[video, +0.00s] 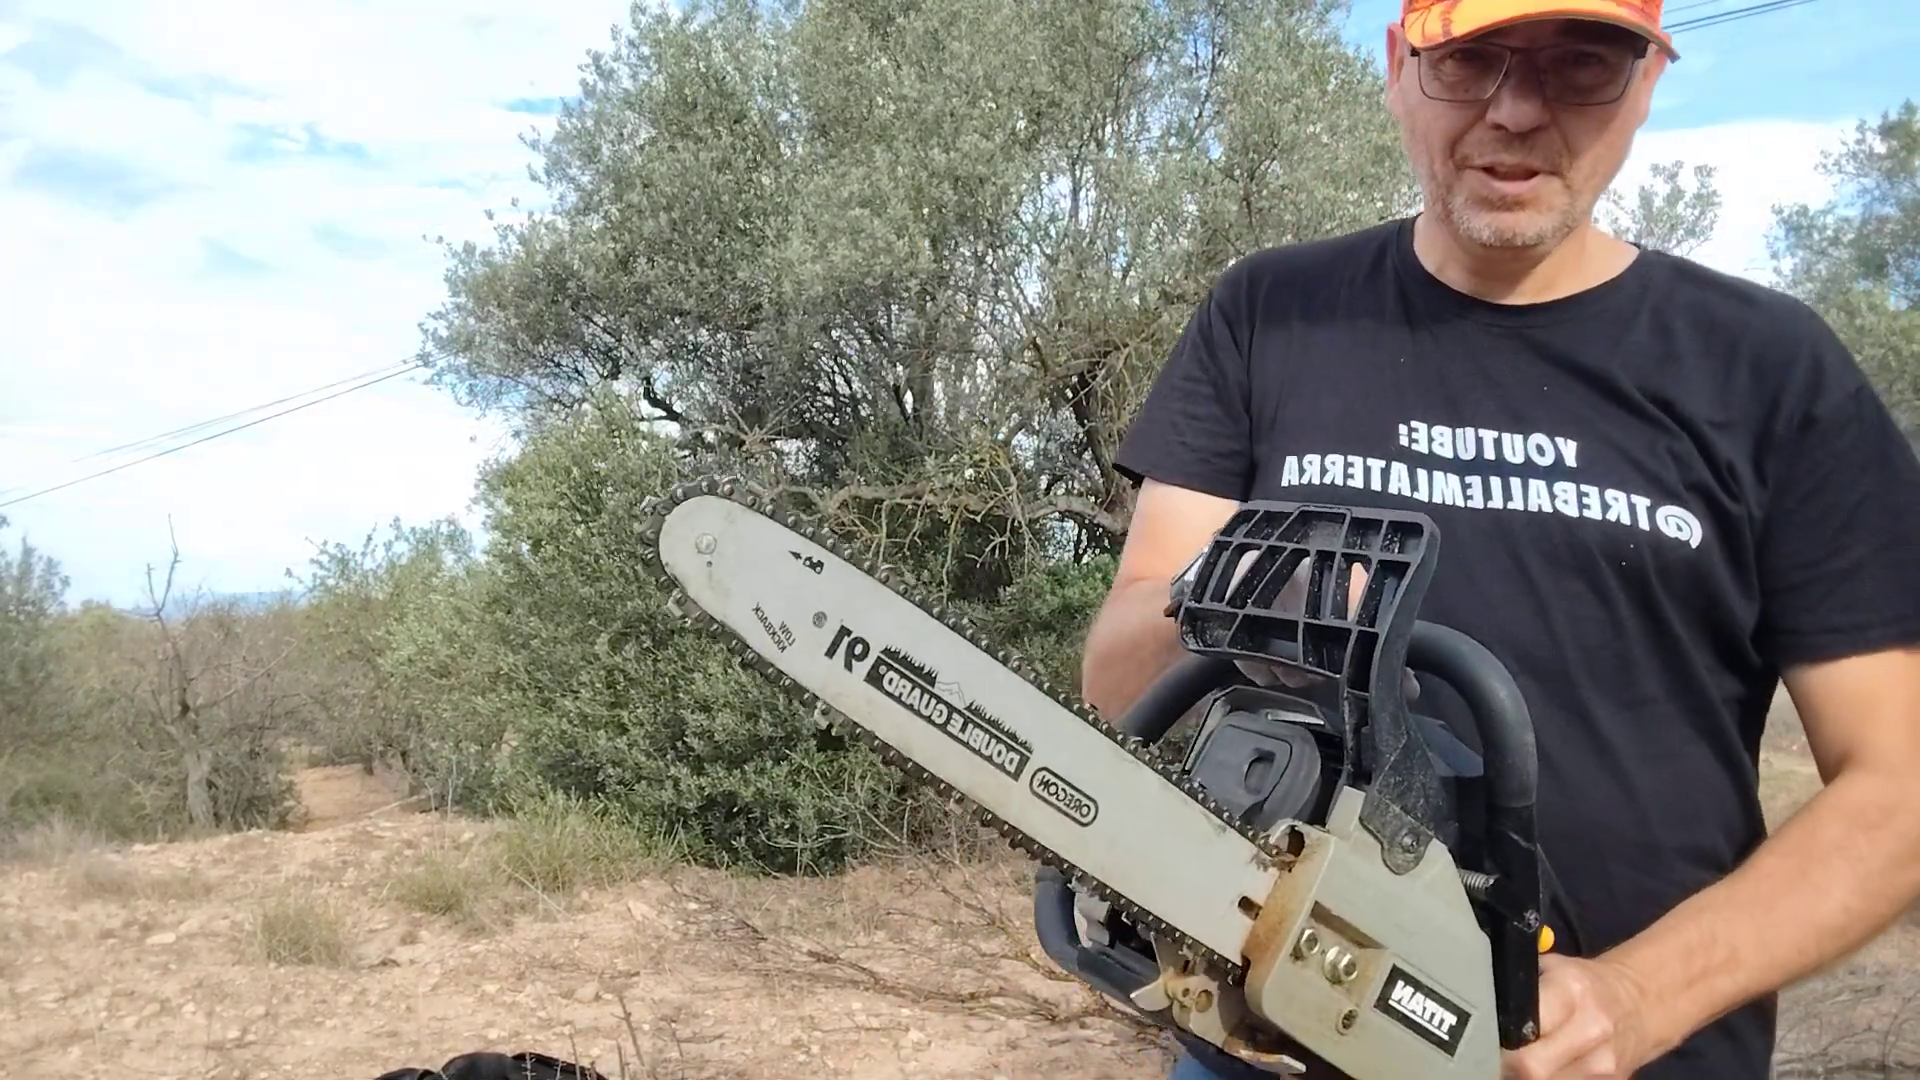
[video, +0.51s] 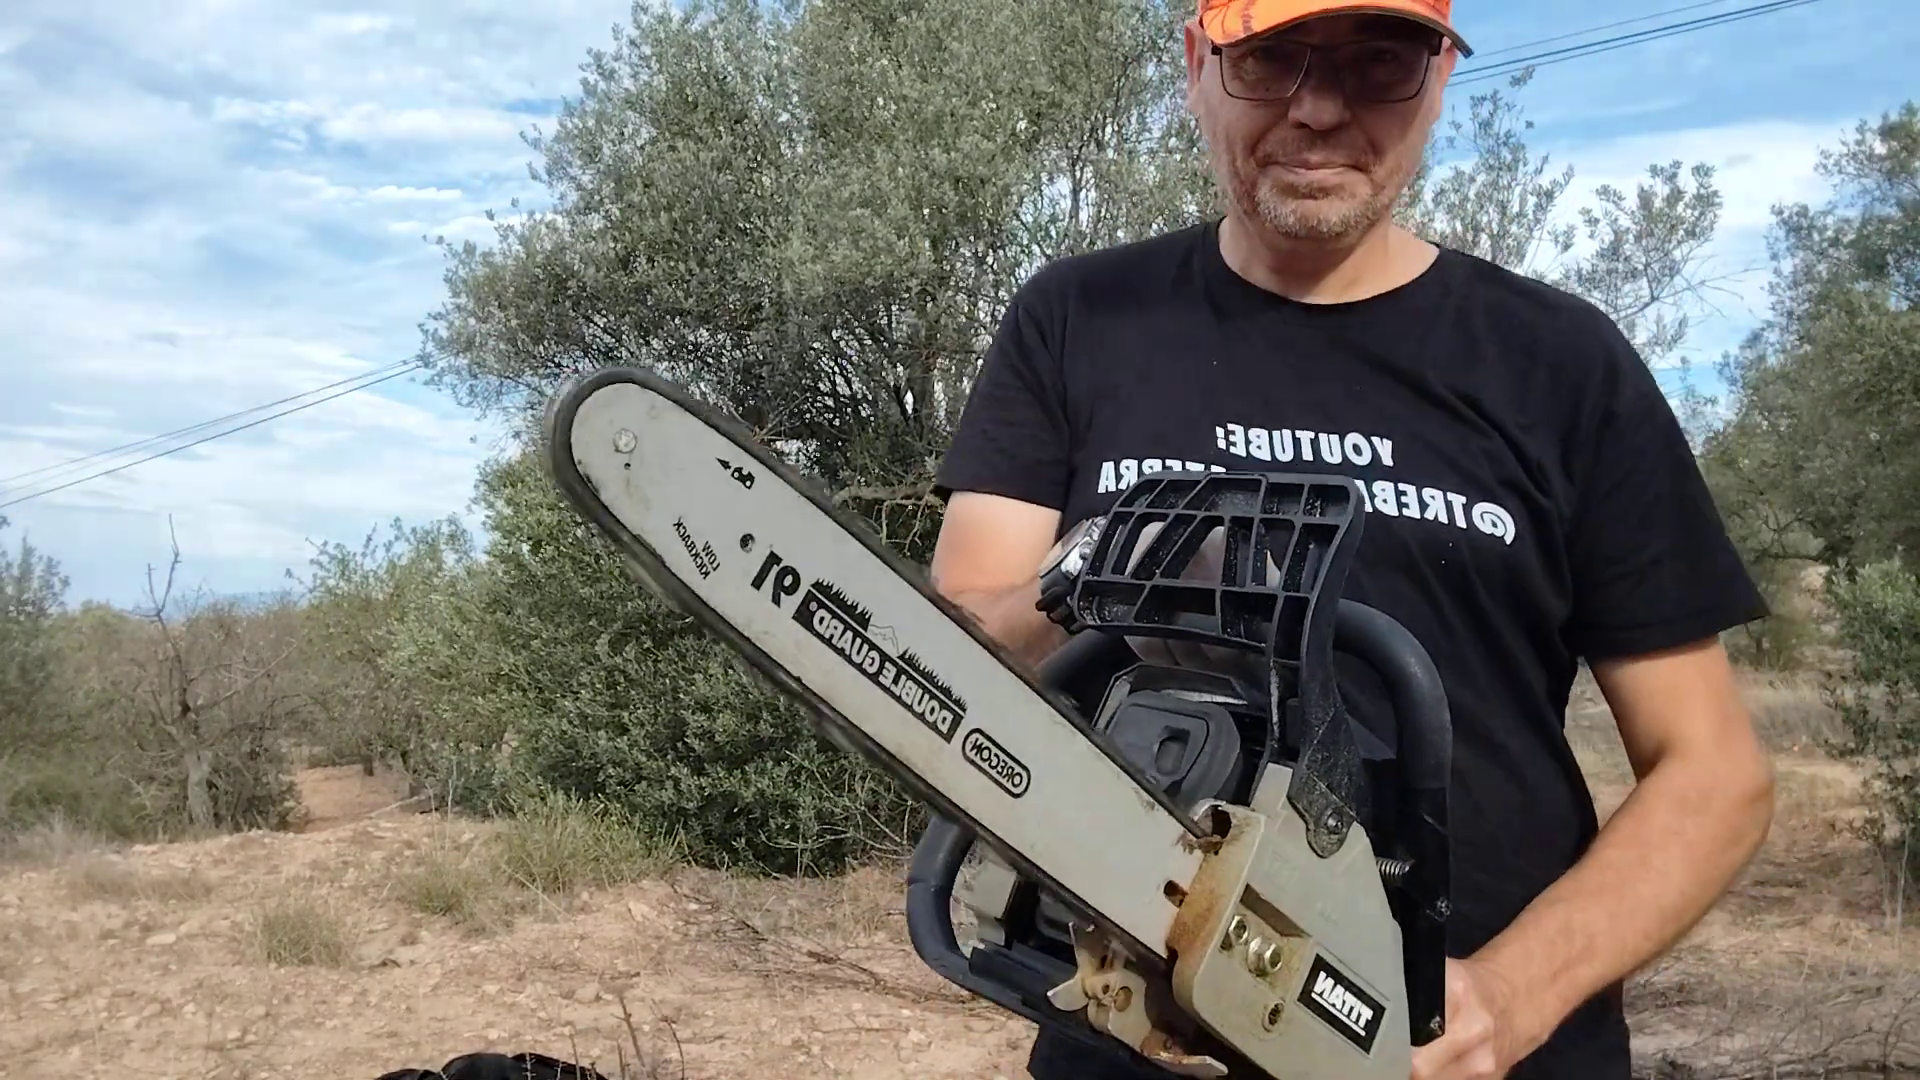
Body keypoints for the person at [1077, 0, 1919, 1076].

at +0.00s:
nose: (1517, 112)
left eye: (1578, 62)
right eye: (1471, 60)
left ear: (1649, 80)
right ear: (1399, 70)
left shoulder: (1772, 368)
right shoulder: (1262, 317)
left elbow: (1896, 785)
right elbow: (1113, 682)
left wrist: (1634, 998)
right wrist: (1255, 592)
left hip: (1644, 1051)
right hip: (1275, 1030)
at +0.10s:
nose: (1487, 107)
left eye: (1549, 60)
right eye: (1442, 54)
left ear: (1617, 76)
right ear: (1367, 64)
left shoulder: (1741, 363)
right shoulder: (1231, 316)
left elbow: (1884, 778)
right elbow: (1090, 664)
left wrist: (1615, 997)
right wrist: (1242, 593)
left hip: (1626, 1048)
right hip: (1254, 1028)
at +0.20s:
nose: (1447, 109)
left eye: (1511, 62)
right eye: (1404, 52)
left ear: (1571, 84)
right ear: (1326, 66)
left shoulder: (1697, 358)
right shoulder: (1194, 315)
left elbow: (1859, 771)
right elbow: (1059, 653)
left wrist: (1590, 996)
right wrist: (1194, 592)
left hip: (1596, 1045)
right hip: (1227, 1029)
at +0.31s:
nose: (1403, 107)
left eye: (1465, 63)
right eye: (1359, 52)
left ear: (1523, 86)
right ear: (1283, 63)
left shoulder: (1647, 356)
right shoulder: (1150, 317)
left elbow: (1806, 771)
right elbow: (1020, 643)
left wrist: (1557, 1000)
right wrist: (1170, 586)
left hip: (1552, 1046)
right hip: (1191, 1029)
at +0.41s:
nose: (1359, 106)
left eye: (1418, 64)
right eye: (1315, 55)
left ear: (1478, 85)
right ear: (1236, 64)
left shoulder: (1598, 357)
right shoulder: (1104, 319)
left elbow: (1752, 764)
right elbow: (980, 642)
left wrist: (1534, 996)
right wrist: (1140, 580)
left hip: (1502, 1039)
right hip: (1155, 1021)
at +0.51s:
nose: (1318, 109)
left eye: (1376, 66)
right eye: (1272, 59)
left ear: (1438, 84)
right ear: (1198, 75)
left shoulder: (1563, 362)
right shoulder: (1075, 319)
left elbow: (1715, 772)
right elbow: (964, 633)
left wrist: (1510, 997)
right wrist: (1119, 582)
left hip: (1492, 1043)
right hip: (1134, 1030)